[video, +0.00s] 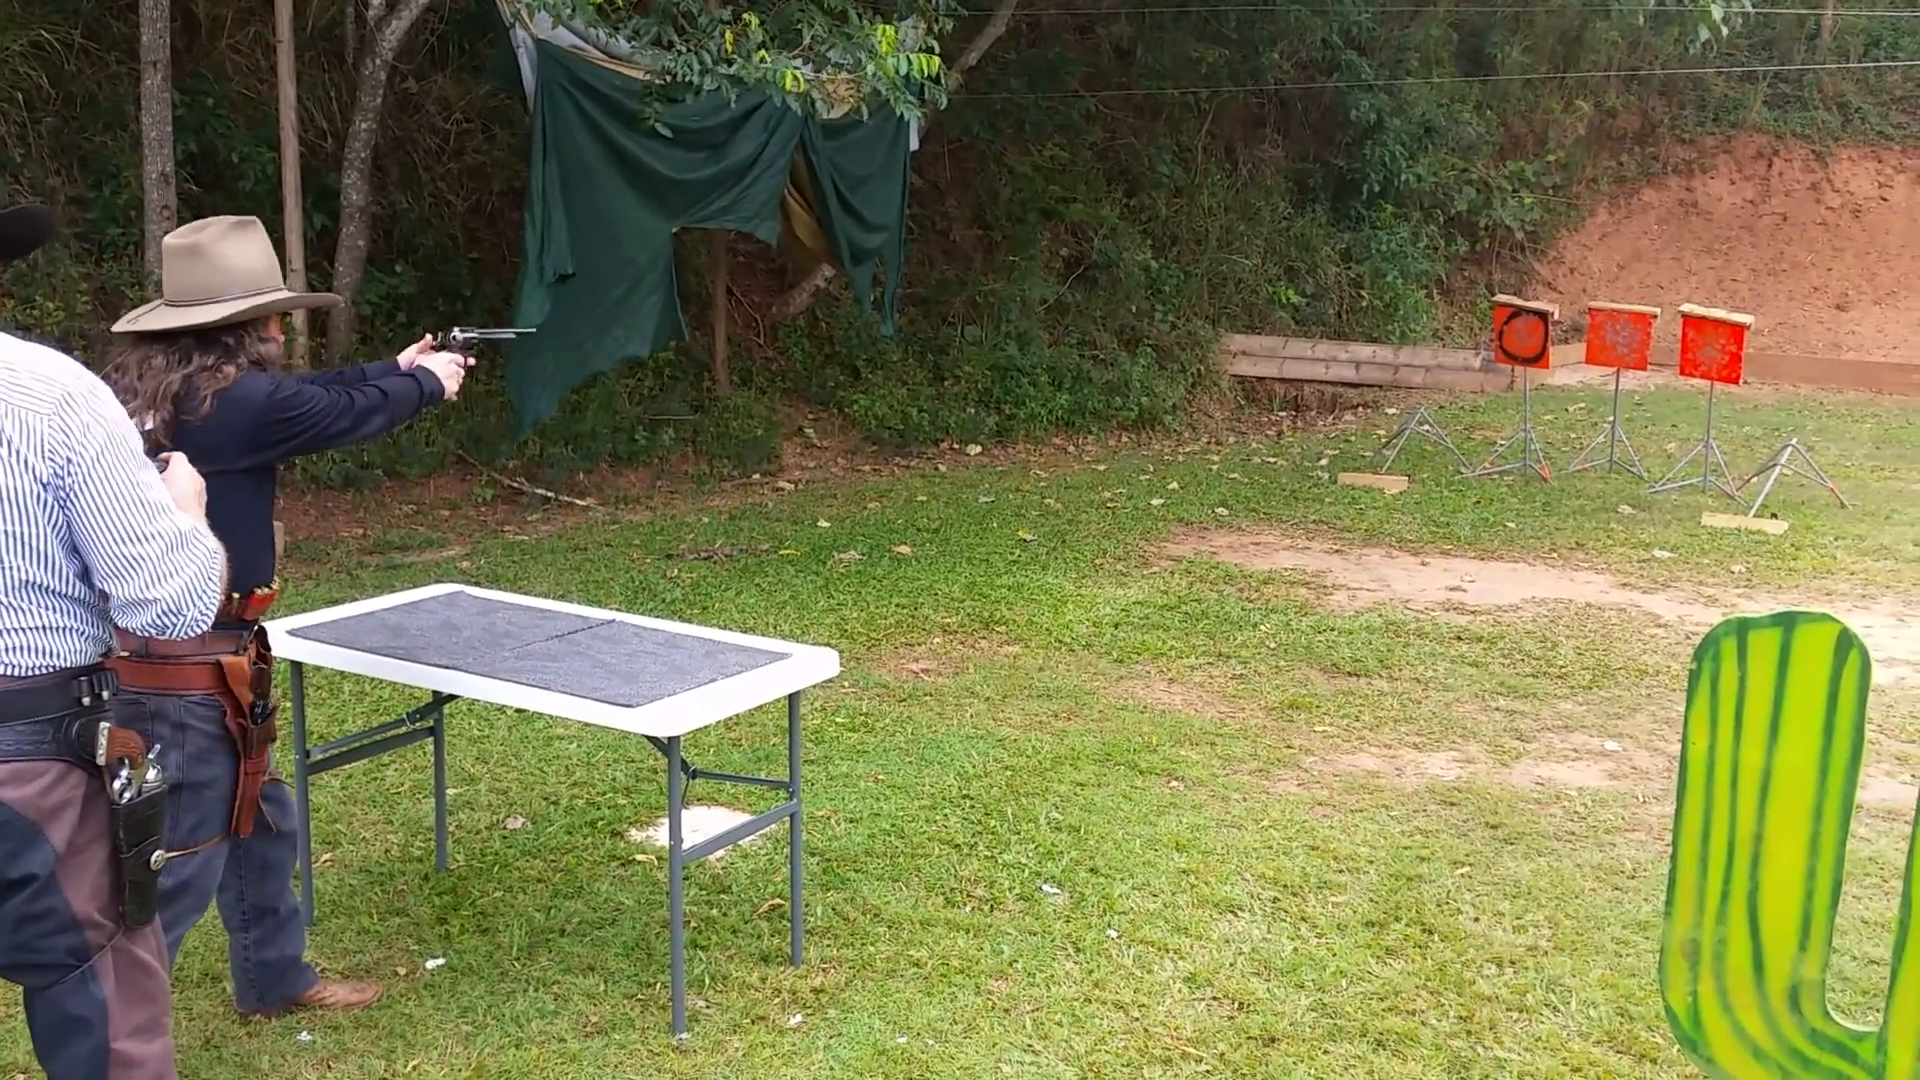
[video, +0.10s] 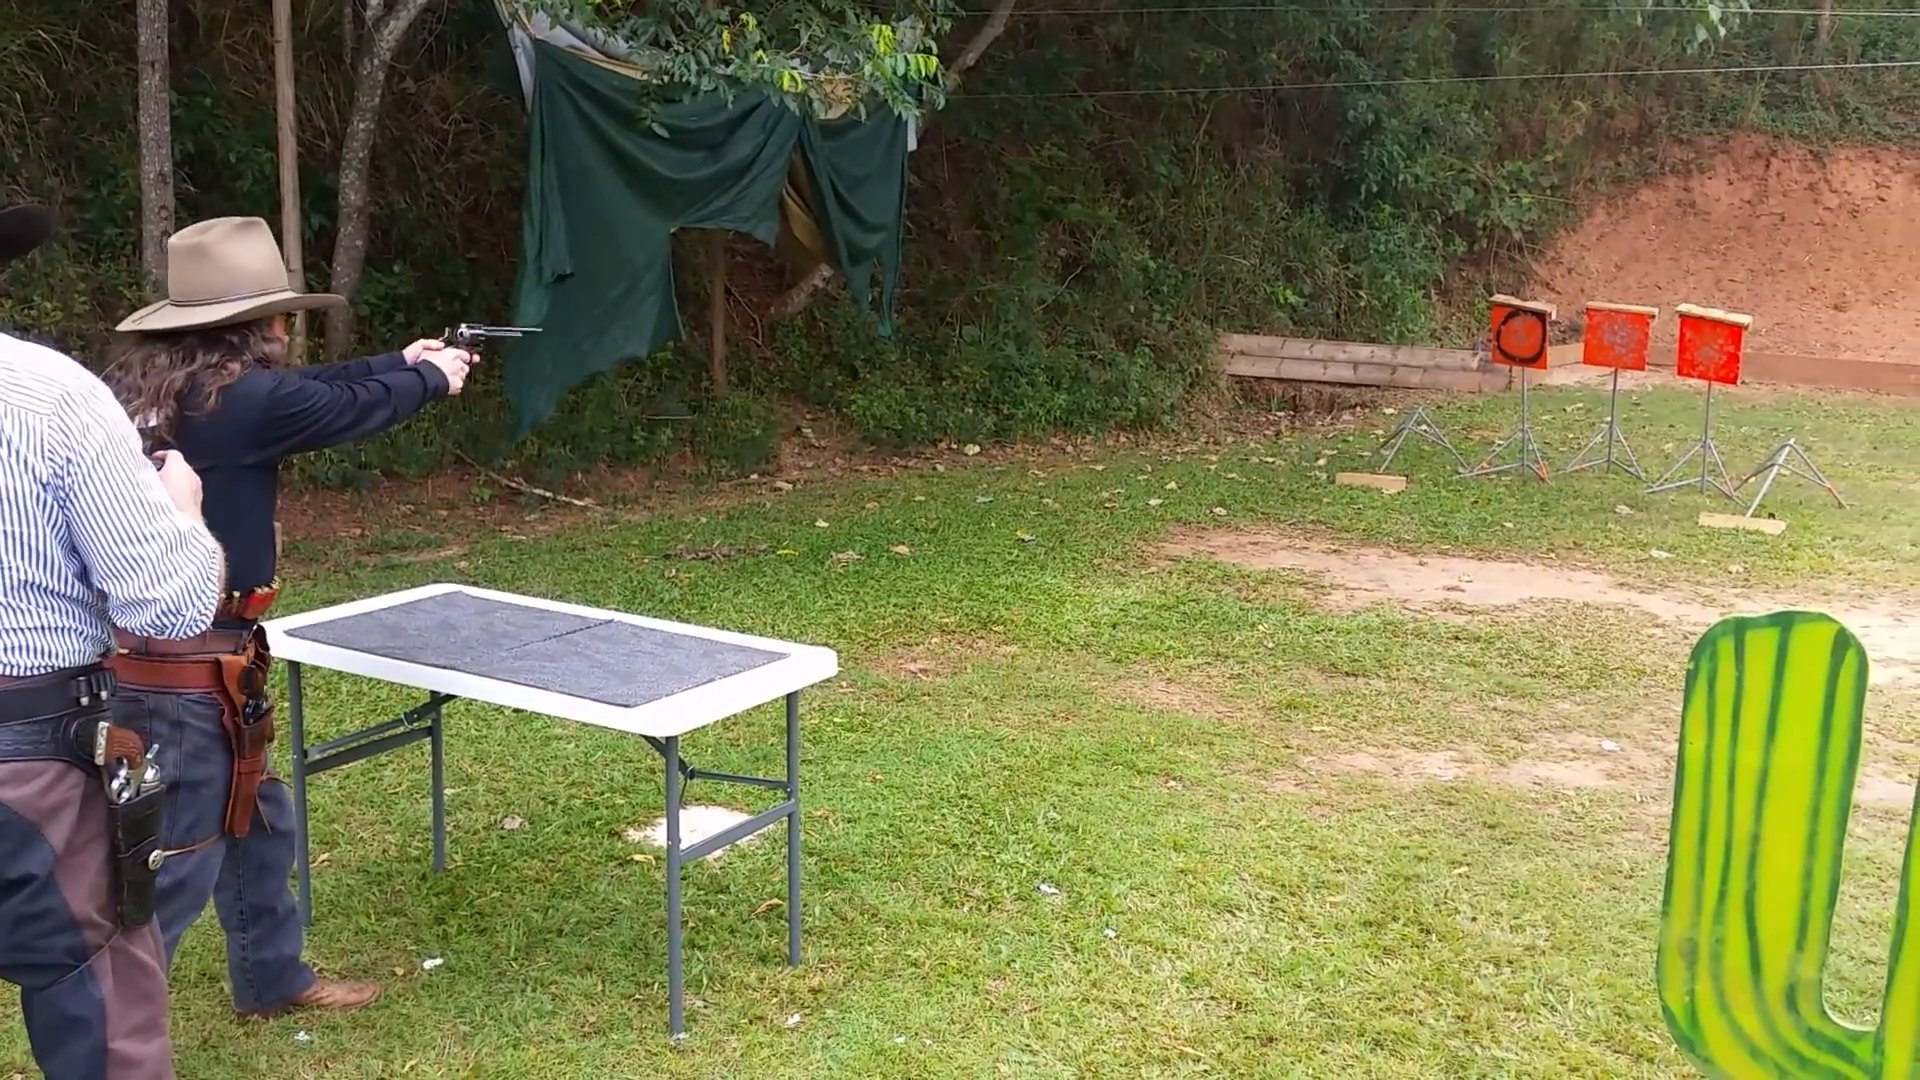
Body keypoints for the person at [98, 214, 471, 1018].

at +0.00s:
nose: (281, 329)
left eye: (276, 316)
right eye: (271, 317)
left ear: (192, 325)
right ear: (243, 327)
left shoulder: (161, 393)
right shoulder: (231, 403)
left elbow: (306, 397)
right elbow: (342, 412)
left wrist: (393, 370)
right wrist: (427, 384)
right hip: (192, 663)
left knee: (263, 815)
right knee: (183, 858)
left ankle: (275, 980)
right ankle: (108, 1012)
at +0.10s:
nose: (287, 330)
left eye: (282, 317)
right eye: (278, 317)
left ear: (194, 324)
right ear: (252, 324)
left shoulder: (152, 391)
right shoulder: (240, 400)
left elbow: (309, 391)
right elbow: (348, 407)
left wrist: (396, 365)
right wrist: (432, 379)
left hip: (141, 650)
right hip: (190, 666)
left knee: (263, 814)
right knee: (176, 864)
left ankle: (272, 981)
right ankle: (107, 1020)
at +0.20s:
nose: (289, 329)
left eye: (284, 317)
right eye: (280, 316)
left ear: (197, 322)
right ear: (256, 323)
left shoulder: (157, 388)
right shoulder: (244, 399)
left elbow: (312, 387)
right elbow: (352, 408)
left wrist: (403, 361)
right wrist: (434, 379)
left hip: (148, 653)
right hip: (191, 669)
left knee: (262, 817)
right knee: (175, 866)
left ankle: (271, 982)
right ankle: (97, 1014)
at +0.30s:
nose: (290, 330)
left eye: (285, 317)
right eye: (281, 317)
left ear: (199, 322)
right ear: (256, 324)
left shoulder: (155, 386)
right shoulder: (244, 399)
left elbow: (311, 388)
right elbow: (351, 407)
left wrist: (403, 362)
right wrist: (435, 379)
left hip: (143, 648)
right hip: (195, 662)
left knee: (258, 816)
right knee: (173, 858)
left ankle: (270, 981)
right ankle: (99, 1014)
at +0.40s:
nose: (291, 328)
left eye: (286, 315)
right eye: (282, 315)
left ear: (201, 319)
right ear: (256, 321)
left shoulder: (159, 384)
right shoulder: (244, 398)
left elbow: (309, 385)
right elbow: (354, 408)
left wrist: (402, 361)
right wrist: (434, 379)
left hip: (140, 650)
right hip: (189, 664)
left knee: (256, 817)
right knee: (172, 859)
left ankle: (267, 981)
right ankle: (95, 1010)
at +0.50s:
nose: (290, 328)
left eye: (285, 316)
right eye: (281, 315)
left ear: (200, 320)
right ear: (255, 321)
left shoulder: (159, 384)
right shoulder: (242, 398)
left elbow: (306, 383)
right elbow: (352, 407)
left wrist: (401, 359)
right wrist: (432, 378)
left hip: (137, 652)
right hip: (184, 667)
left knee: (254, 817)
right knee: (166, 862)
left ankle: (264, 982)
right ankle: (93, 1016)